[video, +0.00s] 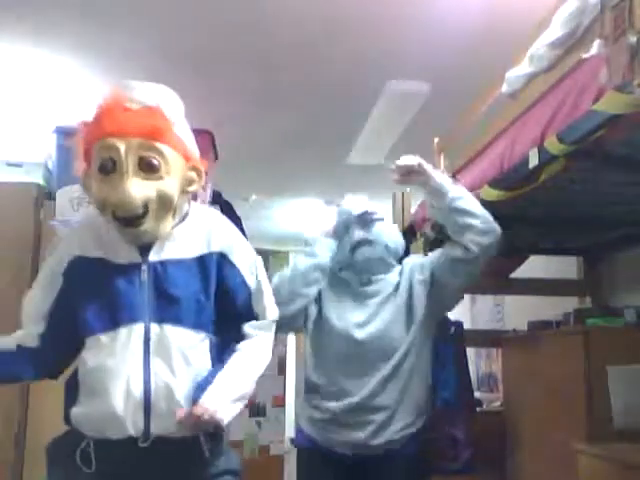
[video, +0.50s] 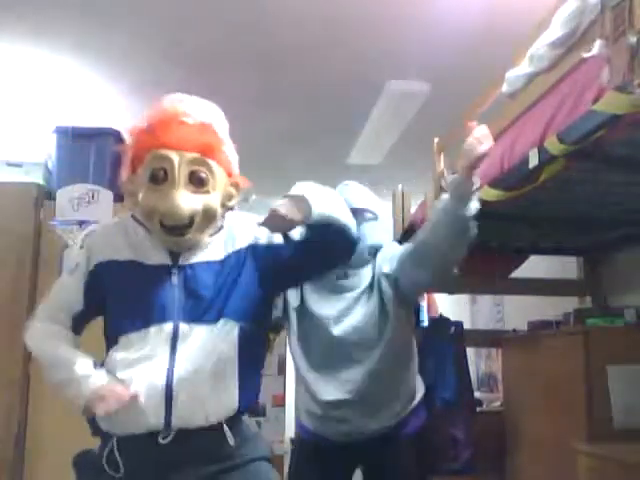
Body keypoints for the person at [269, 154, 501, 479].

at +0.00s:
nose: (361, 227)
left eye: (374, 219)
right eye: (350, 223)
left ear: (397, 235)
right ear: (338, 240)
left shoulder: (420, 279)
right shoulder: (319, 285)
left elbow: (482, 238)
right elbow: (276, 311)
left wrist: (432, 181)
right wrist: (327, 245)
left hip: (397, 453)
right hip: (323, 454)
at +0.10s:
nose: (368, 229)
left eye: (379, 218)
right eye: (354, 220)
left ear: (400, 228)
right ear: (341, 232)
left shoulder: (422, 279)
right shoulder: (316, 279)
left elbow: (491, 260)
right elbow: (261, 288)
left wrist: (448, 200)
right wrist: (333, 254)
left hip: (400, 447)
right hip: (327, 449)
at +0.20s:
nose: (373, 230)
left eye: (386, 220)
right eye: (361, 219)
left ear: (403, 230)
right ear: (343, 226)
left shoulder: (415, 280)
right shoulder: (315, 277)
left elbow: (488, 278)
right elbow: (256, 268)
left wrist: (460, 215)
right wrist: (330, 232)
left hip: (403, 433)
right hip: (331, 437)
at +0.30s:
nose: (369, 233)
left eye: (383, 222)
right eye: (358, 220)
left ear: (401, 233)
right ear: (340, 226)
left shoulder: (409, 279)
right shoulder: (312, 272)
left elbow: (482, 280)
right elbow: (253, 260)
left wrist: (466, 210)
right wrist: (325, 227)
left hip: (403, 430)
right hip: (330, 436)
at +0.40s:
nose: (362, 231)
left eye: (376, 222)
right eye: (351, 219)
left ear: (394, 231)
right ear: (332, 225)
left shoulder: (402, 276)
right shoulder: (311, 272)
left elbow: (471, 270)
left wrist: (469, 195)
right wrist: (320, 228)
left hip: (401, 433)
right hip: (328, 437)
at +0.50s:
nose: (355, 228)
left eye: (366, 218)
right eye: (345, 217)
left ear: (380, 224)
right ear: (322, 222)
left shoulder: (390, 269)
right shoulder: (296, 279)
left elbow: (435, 249)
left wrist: (464, 176)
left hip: (394, 433)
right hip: (319, 437)